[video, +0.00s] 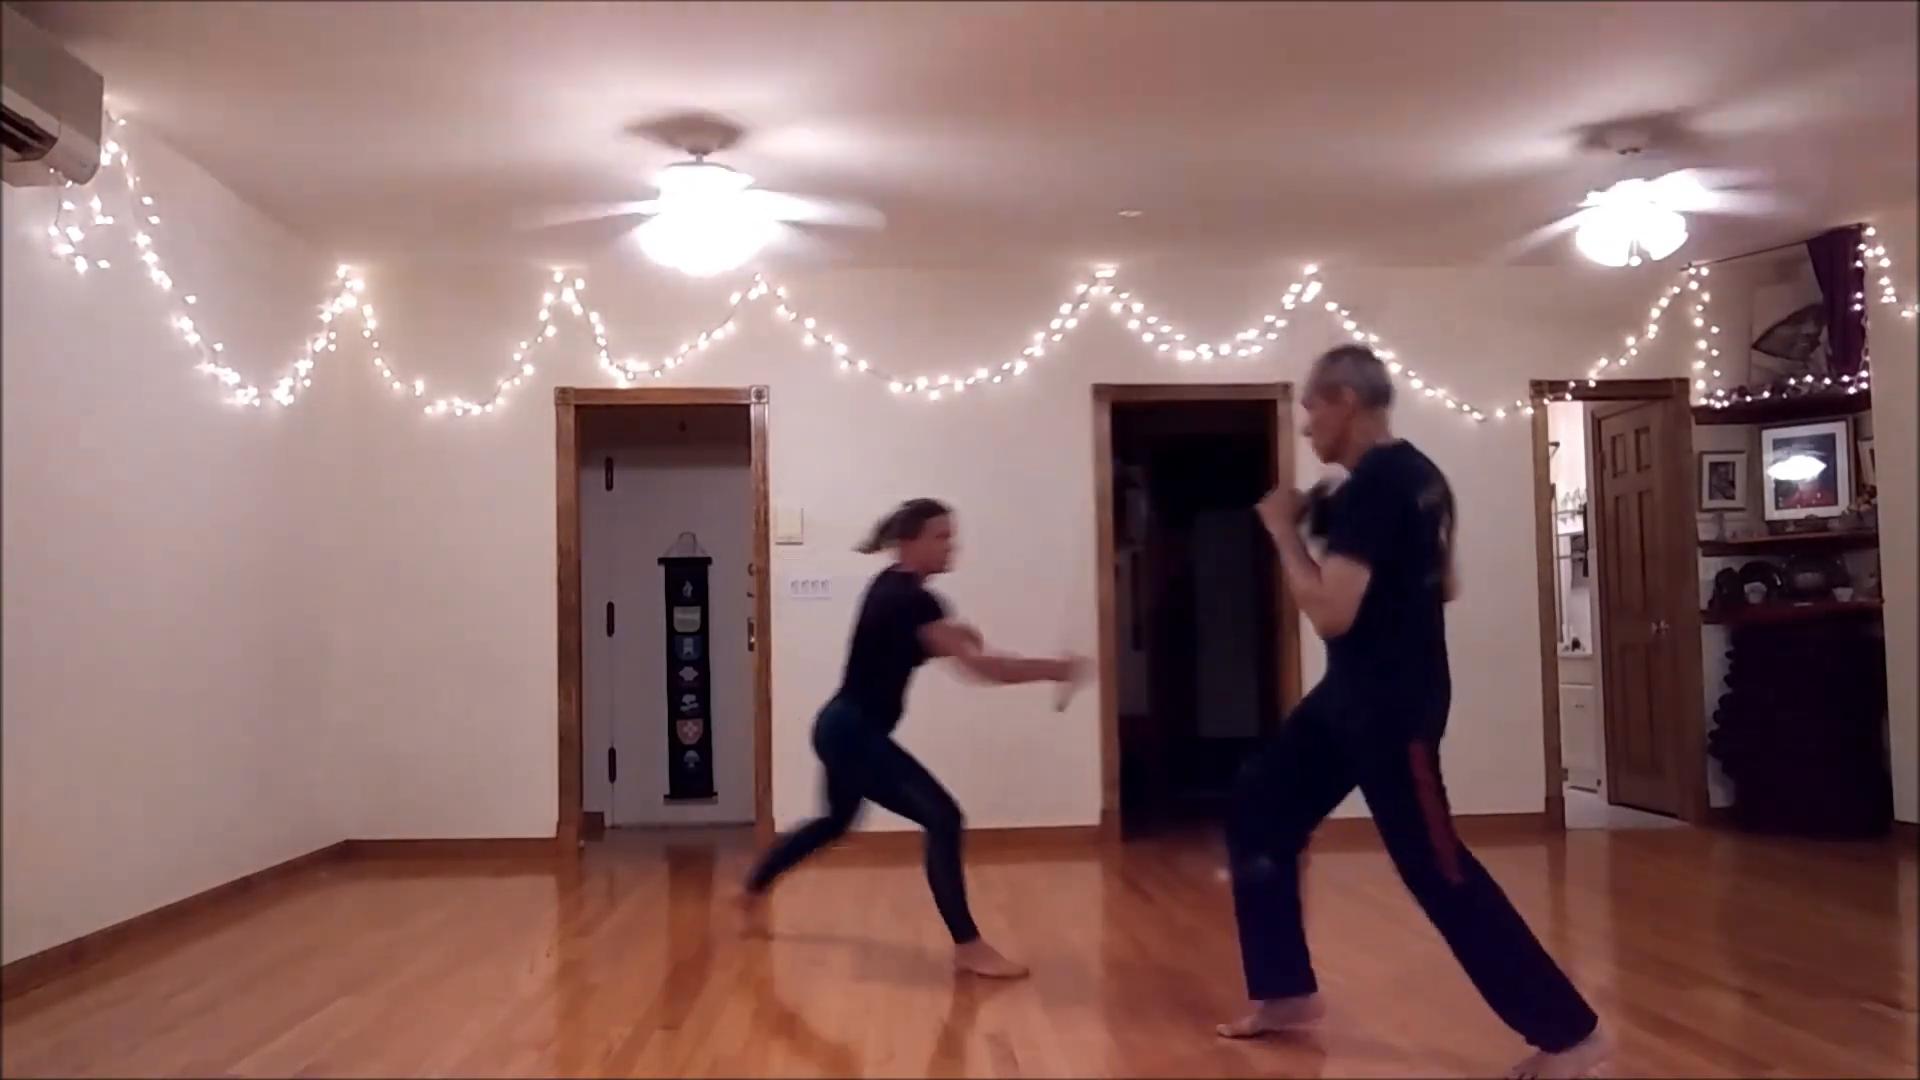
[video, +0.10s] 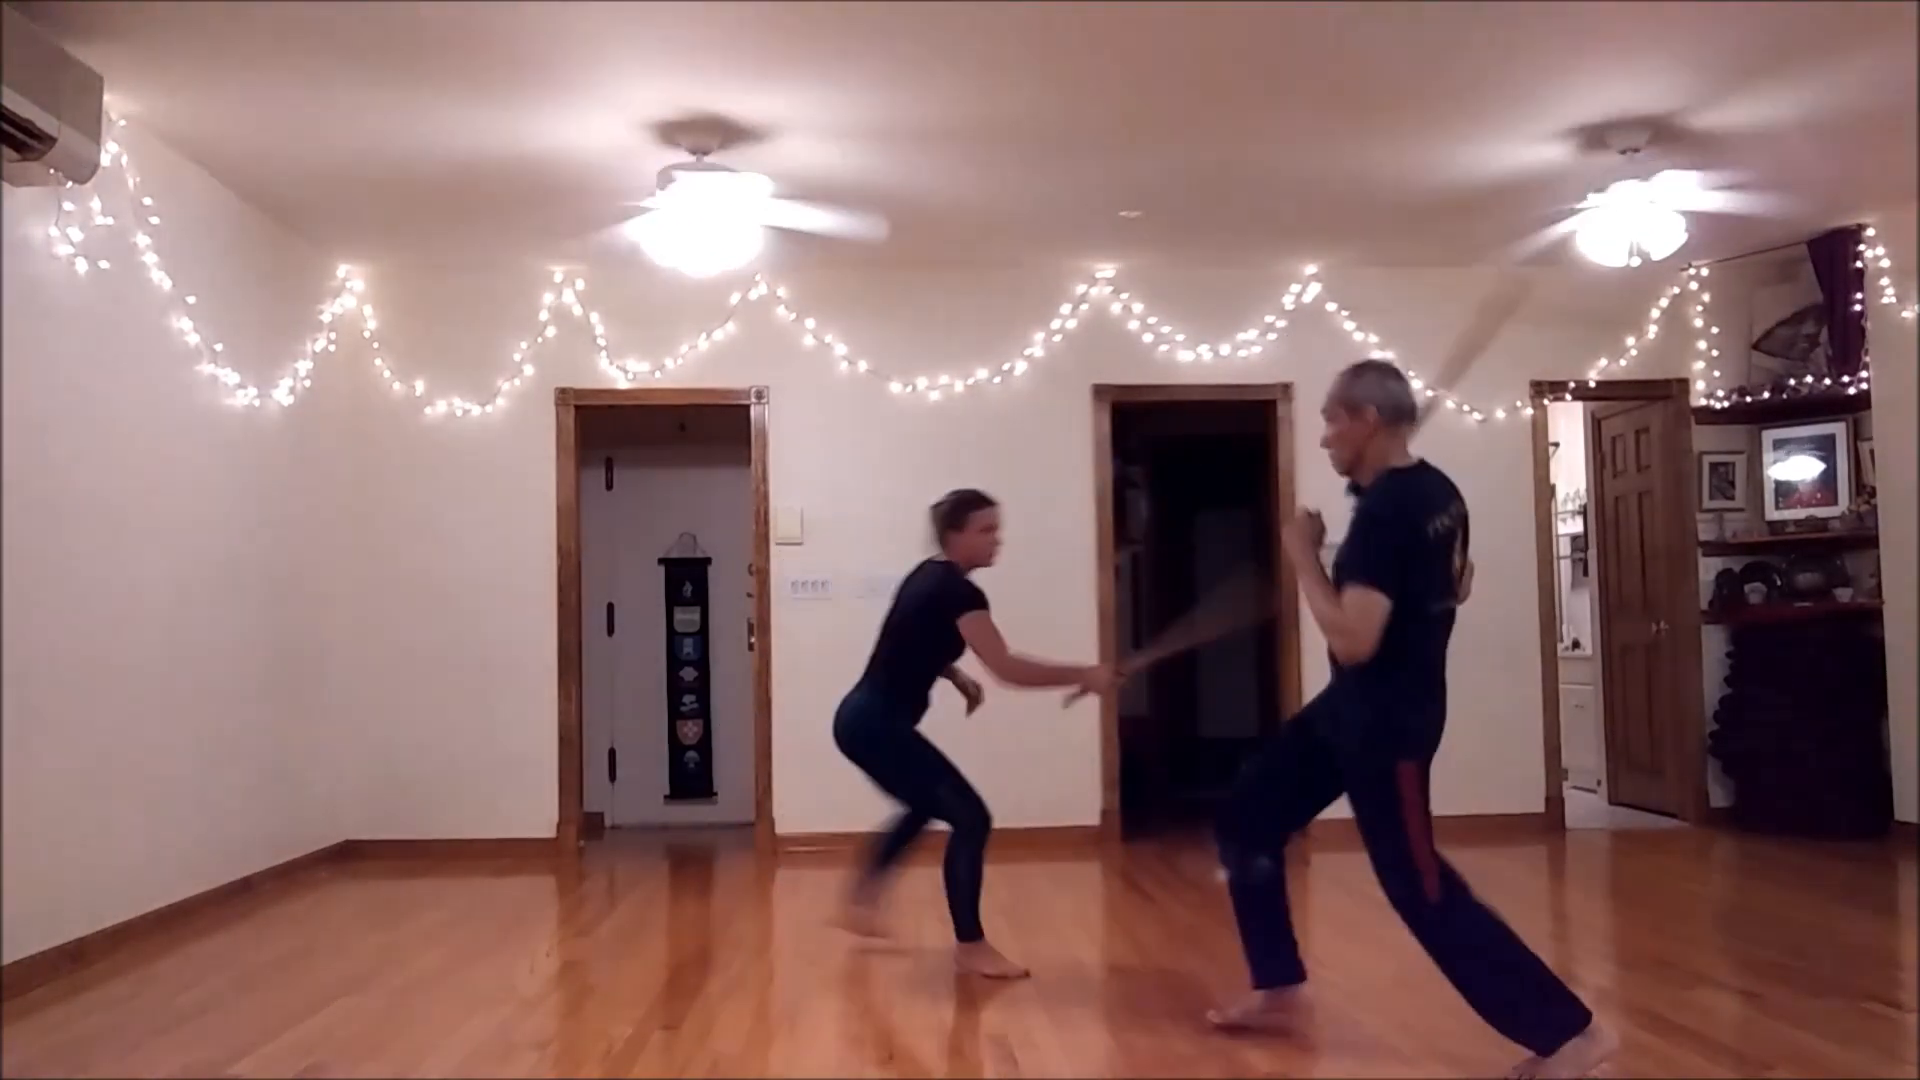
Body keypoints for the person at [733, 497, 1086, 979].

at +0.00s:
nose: (949, 546)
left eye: (950, 537)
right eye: (941, 537)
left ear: (910, 543)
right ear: (910, 542)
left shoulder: (892, 586)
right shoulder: (908, 598)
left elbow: (929, 637)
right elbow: (981, 664)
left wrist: (958, 637)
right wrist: (1054, 670)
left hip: (843, 729)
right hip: (856, 739)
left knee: (836, 820)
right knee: (943, 817)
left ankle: (755, 883)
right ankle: (968, 945)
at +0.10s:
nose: (997, 539)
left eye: (997, 530)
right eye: (987, 531)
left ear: (953, 537)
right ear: (955, 535)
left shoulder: (926, 575)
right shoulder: (957, 590)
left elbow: (913, 642)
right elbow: (1007, 668)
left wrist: (957, 678)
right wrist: (1085, 674)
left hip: (860, 720)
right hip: (880, 730)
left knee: (926, 803)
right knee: (972, 819)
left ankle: (862, 898)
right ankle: (971, 946)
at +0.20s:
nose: (1020, 536)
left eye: (1021, 526)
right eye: (1010, 526)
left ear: (979, 530)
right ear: (975, 529)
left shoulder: (958, 573)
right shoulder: (967, 585)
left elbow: (965, 653)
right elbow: (975, 678)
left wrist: (993, 685)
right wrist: (1049, 666)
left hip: (903, 720)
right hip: (901, 727)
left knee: (997, 805)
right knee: (1002, 808)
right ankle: (973, 930)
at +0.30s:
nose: (1021, 531)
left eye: (1022, 521)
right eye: (1012, 521)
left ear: (976, 524)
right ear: (979, 521)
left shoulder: (966, 574)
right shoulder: (966, 580)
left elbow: (982, 656)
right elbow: (1005, 669)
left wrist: (996, 676)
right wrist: (1062, 613)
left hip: (948, 732)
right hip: (940, 736)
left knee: (1034, 821)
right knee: (1028, 823)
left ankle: (1002, 941)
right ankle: (991, 958)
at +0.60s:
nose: (1031, 503)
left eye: (1033, 492)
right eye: (1028, 491)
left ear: (975, 488)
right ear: (998, 487)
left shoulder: (918, 548)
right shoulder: (1022, 551)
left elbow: (894, 644)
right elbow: (1089, 633)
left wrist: (952, 663)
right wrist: (1146, 602)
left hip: (926, 735)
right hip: (998, 737)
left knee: (955, 828)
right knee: (1035, 886)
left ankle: (941, 955)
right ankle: (981, 1032)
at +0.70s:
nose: (1027, 494)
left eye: (1028, 482)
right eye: (1025, 482)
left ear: (969, 477)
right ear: (1000, 478)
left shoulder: (912, 536)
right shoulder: (1021, 542)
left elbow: (891, 637)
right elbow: (1074, 634)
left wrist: (963, 653)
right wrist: (1127, 621)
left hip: (922, 725)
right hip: (997, 724)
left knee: (925, 857)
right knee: (1025, 881)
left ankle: (878, 978)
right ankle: (980, 1035)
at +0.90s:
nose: (1008, 483)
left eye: (1008, 473)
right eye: (1008, 473)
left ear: (944, 468)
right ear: (990, 472)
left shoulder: (886, 519)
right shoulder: (1004, 541)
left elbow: (856, 623)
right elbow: (1043, 647)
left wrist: (912, 645)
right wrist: (1092, 654)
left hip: (895, 718)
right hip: (976, 721)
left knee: (842, 877)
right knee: (1008, 878)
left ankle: (795, 1037)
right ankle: (980, 1038)